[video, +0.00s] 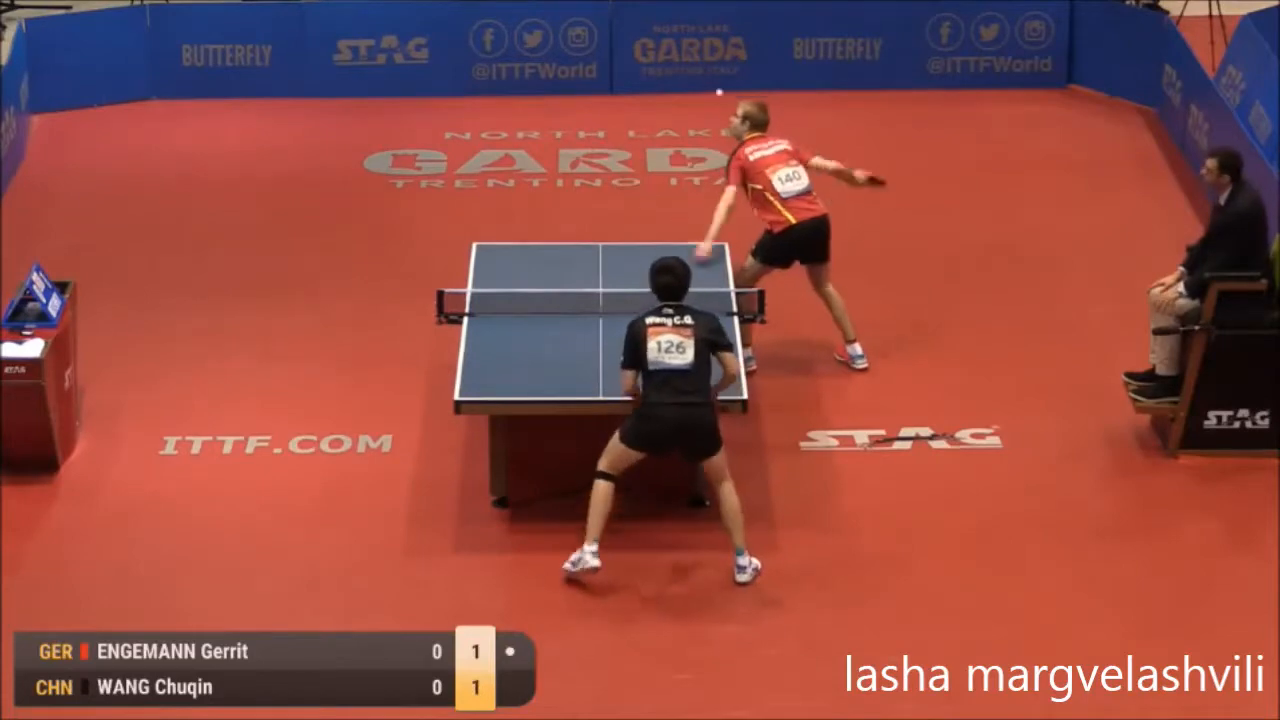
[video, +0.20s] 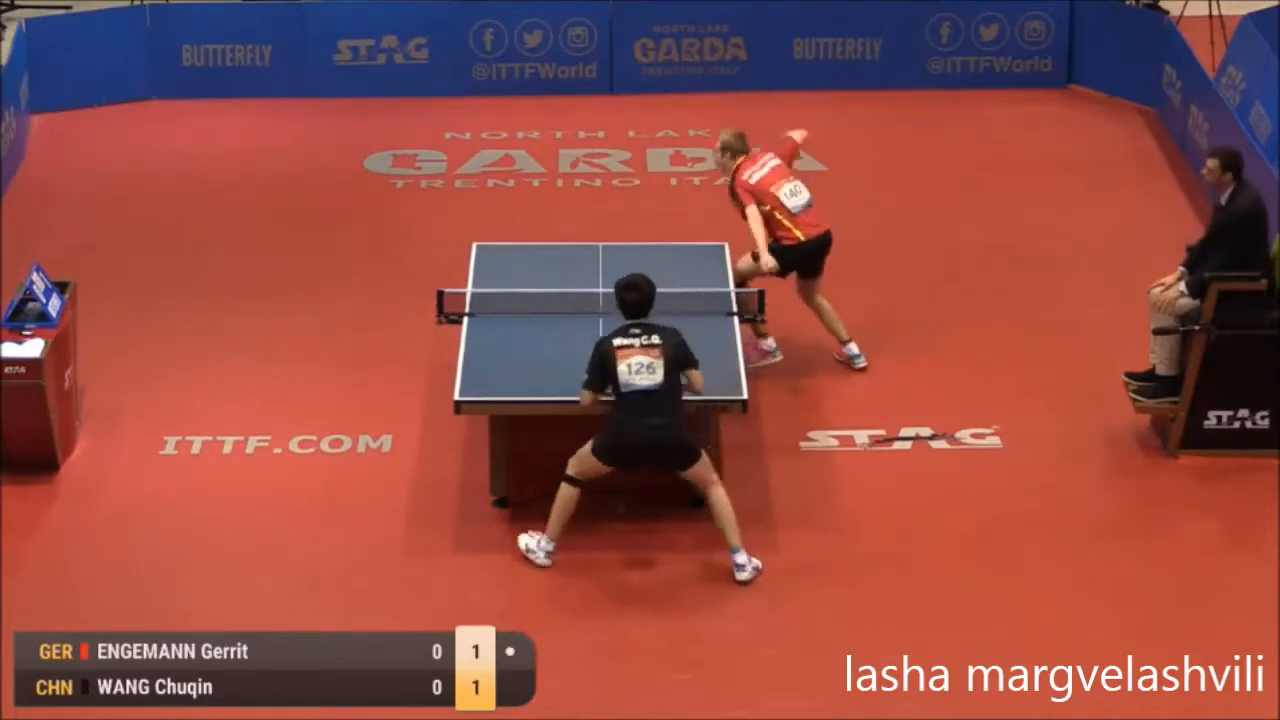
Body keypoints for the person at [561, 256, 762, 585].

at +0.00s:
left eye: (658, 282)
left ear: (653, 287)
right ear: (687, 287)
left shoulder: (639, 325)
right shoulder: (706, 321)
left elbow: (628, 385)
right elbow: (732, 371)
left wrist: (643, 397)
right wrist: (713, 391)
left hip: (653, 417)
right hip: (699, 418)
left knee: (607, 471)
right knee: (722, 482)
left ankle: (589, 550)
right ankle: (742, 559)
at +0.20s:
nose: (630, 302)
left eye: (625, 298)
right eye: (641, 297)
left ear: (619, 306)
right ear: (651, 304)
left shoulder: (606, 344)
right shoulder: (671, 337)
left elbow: (587, 400)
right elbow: (698, 385)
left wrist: (618, 398)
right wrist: (677, 373)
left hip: (624, 436)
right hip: (670, 436)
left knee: (575, 472)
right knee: (711, 485)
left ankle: (545, 545)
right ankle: (741, 561)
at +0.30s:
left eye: (596, 286)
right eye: (614, 286)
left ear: (589, 293)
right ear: (621, 293)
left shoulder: (570, 329)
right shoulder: (635, 333)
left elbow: (540, 375)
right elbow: (657, 380)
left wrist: (565, 366)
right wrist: (640, 360)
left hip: (578, 428)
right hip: (622, 430)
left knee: (540, 466)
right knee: (673, 482)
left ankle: (537, 546)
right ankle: (722, 548)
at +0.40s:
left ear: (572, 285)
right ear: (604, 287)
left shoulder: (551, 317)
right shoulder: (616, 325)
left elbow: (511, 353)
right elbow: (639, 374)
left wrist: (535, 358)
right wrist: (625, 356)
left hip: (552, 416)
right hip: (596, 419)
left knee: (518, 453)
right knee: (649, 467)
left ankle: (519, 530)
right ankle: (656, 552)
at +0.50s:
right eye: (572, 287)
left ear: (545, 289)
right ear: (576, 291)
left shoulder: (525, 317)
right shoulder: (588, 329)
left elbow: (480, 335)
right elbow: (616, 376)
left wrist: (501, 349)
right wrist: (602, 368)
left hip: (515, 413)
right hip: (559, 420)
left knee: (483, 454)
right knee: (610, 474)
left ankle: (450, 520)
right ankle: (588, 556)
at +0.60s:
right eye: (555, 297)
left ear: (525, 299)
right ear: (556, 302)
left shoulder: (504, 323)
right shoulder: (564, 339)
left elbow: (465, 334)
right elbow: (597, 381)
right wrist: (594, 370)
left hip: (490, 423)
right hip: (532, 429)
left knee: (454, 463)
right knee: (592, 474)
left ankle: (408, 510)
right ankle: (586, 557)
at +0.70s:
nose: (531, 319)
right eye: (532, 316)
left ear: (500, 313)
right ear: (529, 321)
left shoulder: (476, 331)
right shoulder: (530, 354)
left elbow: (448, 335)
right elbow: (565, 386)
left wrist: (447, 329)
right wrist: (558, 379)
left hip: (447, 429)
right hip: (488, 438)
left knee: (425, 465)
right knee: (556, 474)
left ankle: (388, 521)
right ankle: (580, 557)